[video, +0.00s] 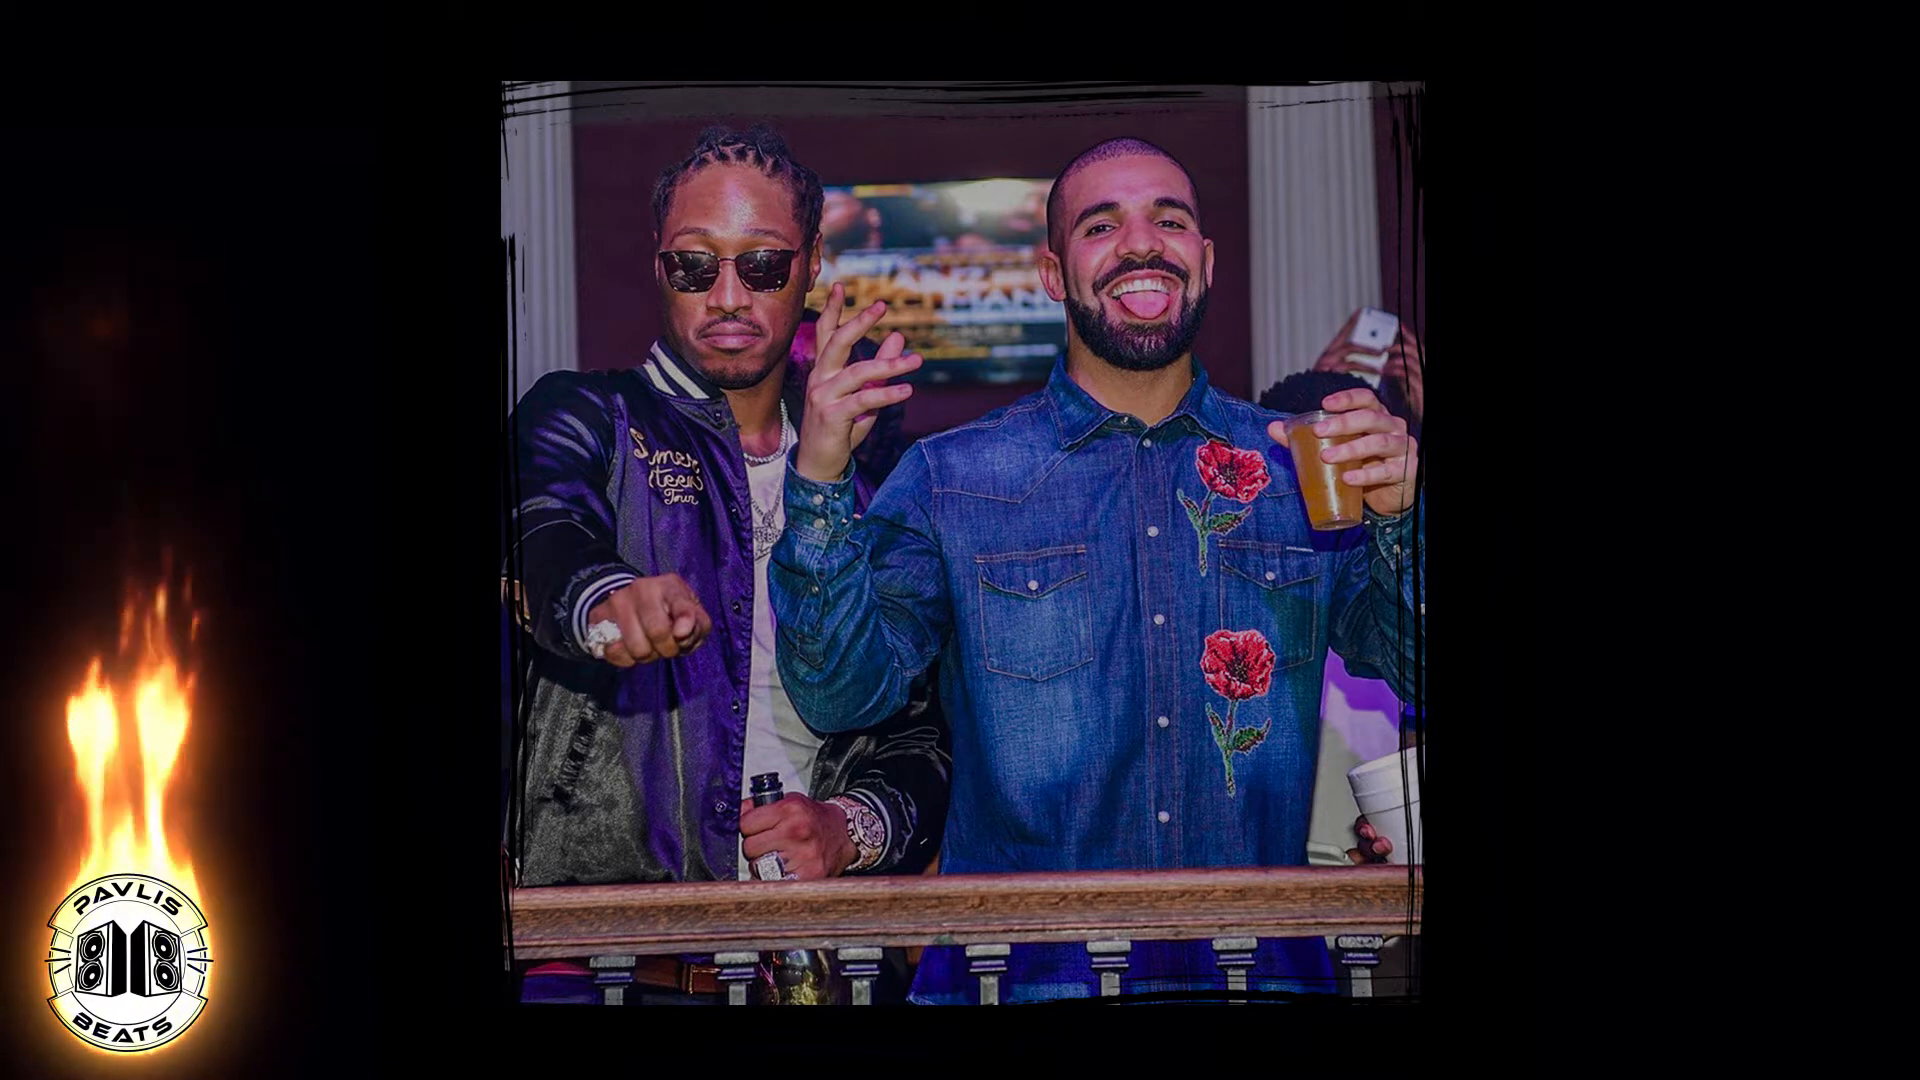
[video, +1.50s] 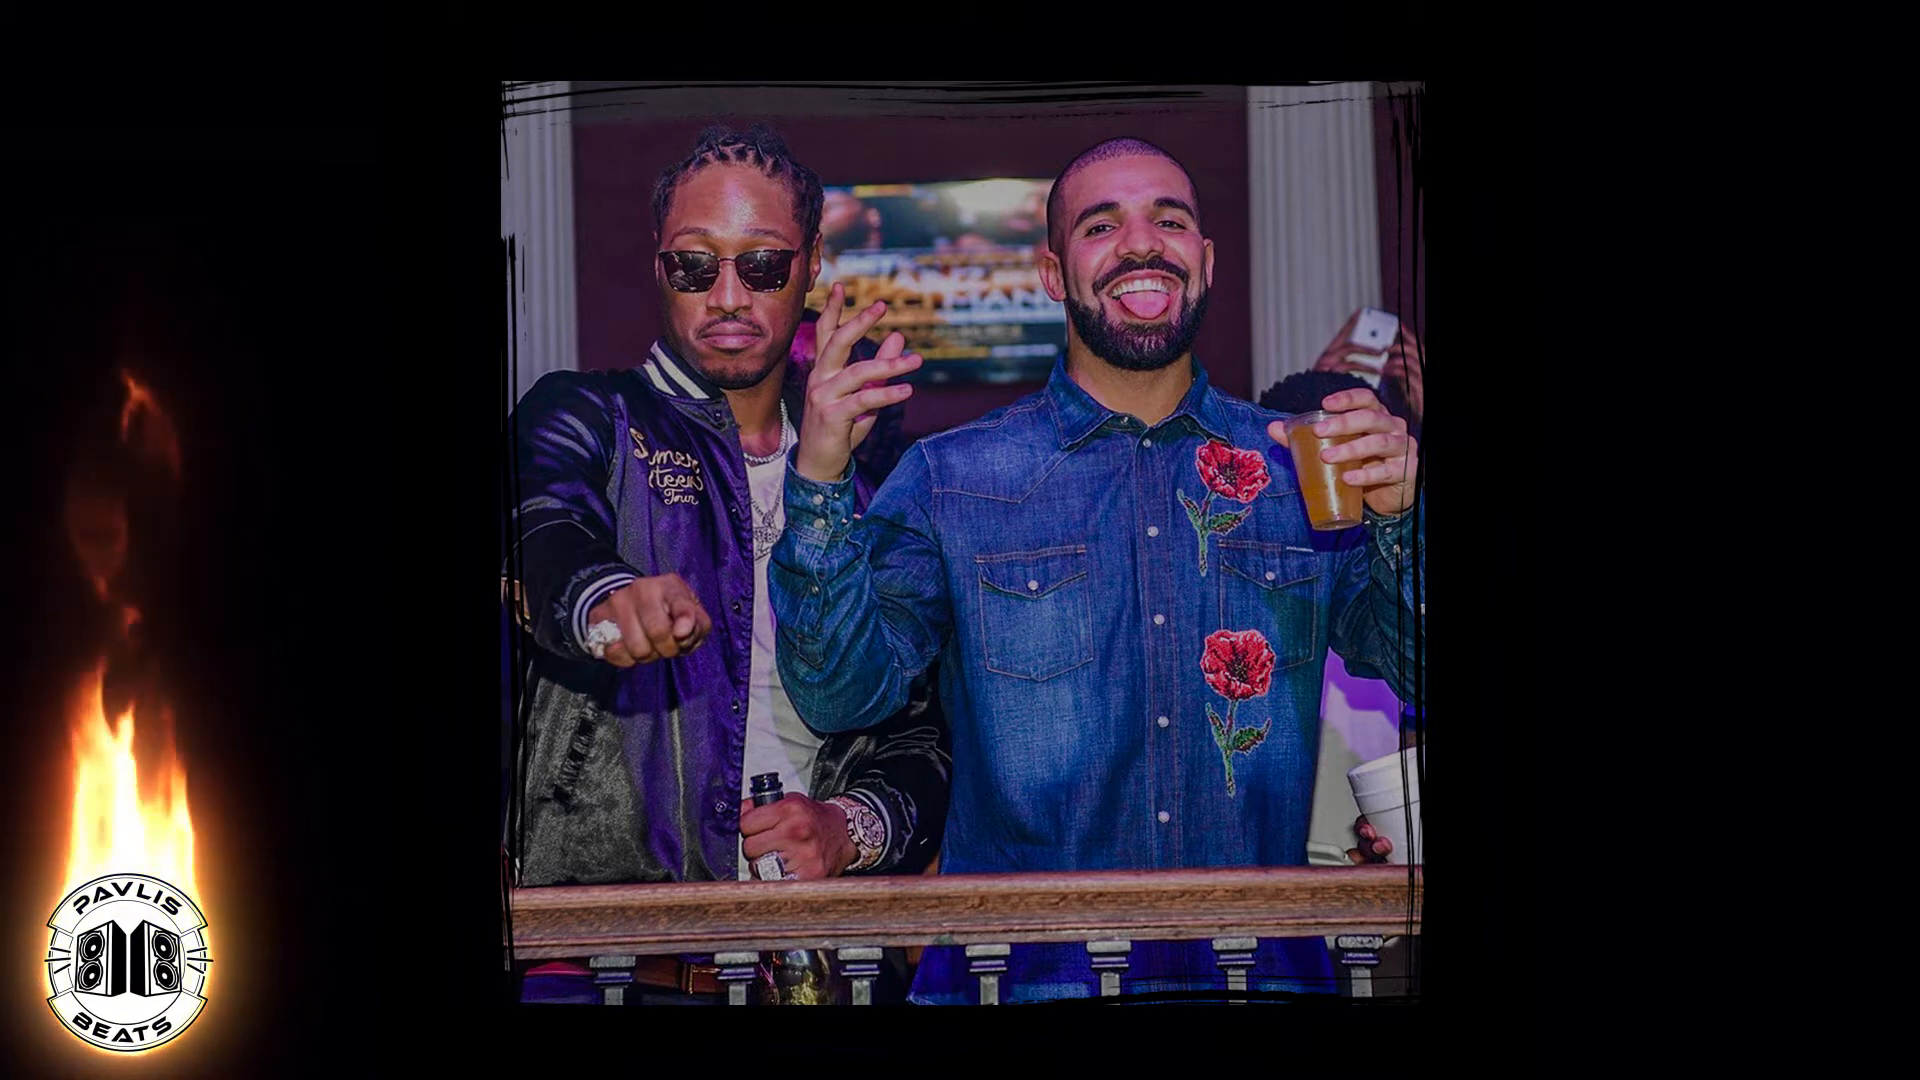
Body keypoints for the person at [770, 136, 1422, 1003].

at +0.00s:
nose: (1142, 242)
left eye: (1170, 219)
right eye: (1102, 225)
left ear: (1207, 259)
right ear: (1055, 273)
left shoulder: (1304, 469)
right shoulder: (945, 478)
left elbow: (1413, 673)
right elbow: (840, 692)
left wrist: (1402, 516)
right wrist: (818, 475)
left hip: (1255, 955)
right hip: (1022, 963)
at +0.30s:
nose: (1142, 242)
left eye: (1170, 219)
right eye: (1102, 225)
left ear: (1207, 259)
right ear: (1055, 273)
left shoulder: (1304, 469)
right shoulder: (945, 478)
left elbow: (1413, 673)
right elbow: (840, 692)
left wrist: (1402, 516)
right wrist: (818, 475)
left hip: (1255, 955)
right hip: (1022, 963)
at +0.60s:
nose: (1142, 242)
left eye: (1170, 219)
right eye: (1102, 225)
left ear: (1207, 259)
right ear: (1055, 273)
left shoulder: (1304, 469)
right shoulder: (945, 478)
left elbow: (1413, 673)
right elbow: (840, 692)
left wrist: (1402, 516)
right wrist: (818, 475)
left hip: (1255, 955)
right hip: (1022, 963)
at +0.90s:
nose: (1142, 242)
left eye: (1170, 219)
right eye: (1102, 225)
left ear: (1207, 259)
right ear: (1055, 273)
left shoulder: (1304, 469)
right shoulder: (945, 478)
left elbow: (1413, 673)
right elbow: (840, 692)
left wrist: (1402, 516)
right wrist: (818, 475)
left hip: (1255, 955)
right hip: (1022, 963)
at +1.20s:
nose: (1141, 242)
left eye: (1170, 219)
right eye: (1102, 225)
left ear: (1208, 259)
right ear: (1054, 273)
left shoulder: (1305, 469)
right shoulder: (945, 479)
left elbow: (1410, 670)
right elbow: (840, 692)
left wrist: (1402, 515)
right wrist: (818, 477)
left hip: (1256, 954)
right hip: (1022, 962)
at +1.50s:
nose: (1142, 242)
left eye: (1170, 219)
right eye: (1102, 225)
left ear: (1207, 259)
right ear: (1055, 273)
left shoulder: (1304, 469)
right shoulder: (945, 478)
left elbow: (1413, 673)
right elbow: (840, 692)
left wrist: (1402, 516)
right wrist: (818, 475)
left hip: (1255, 955)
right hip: (1022, 963)